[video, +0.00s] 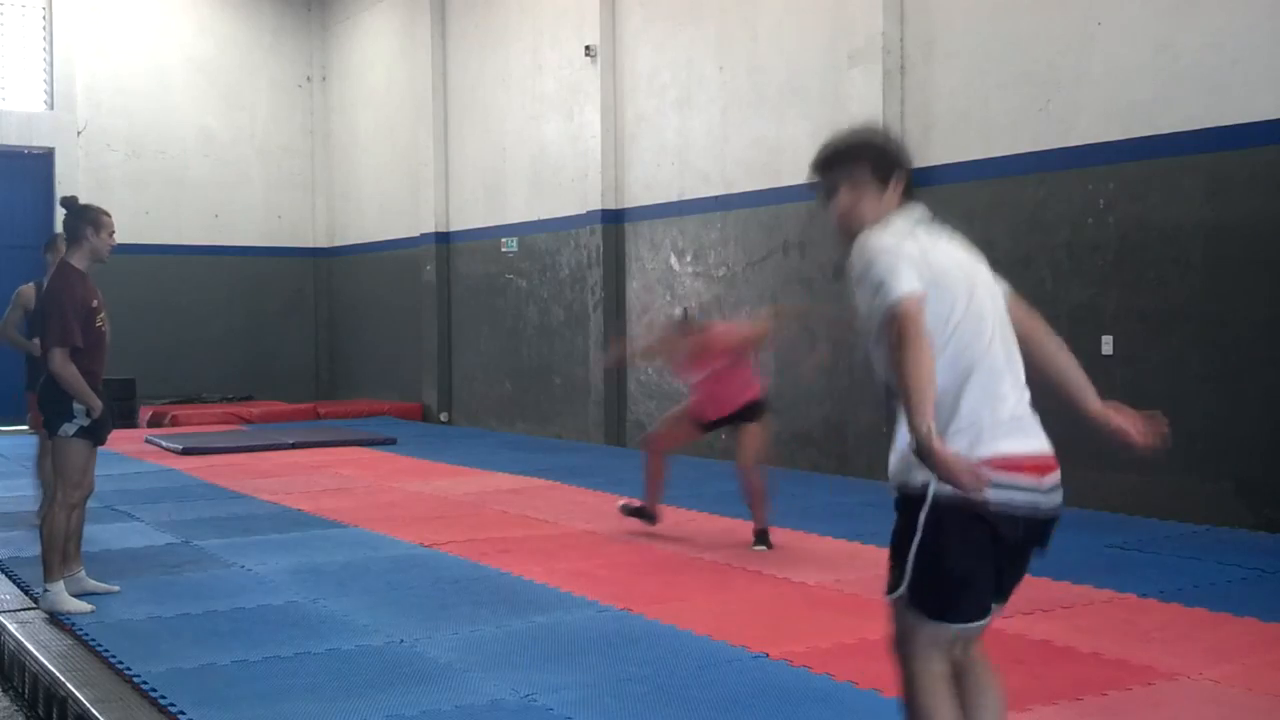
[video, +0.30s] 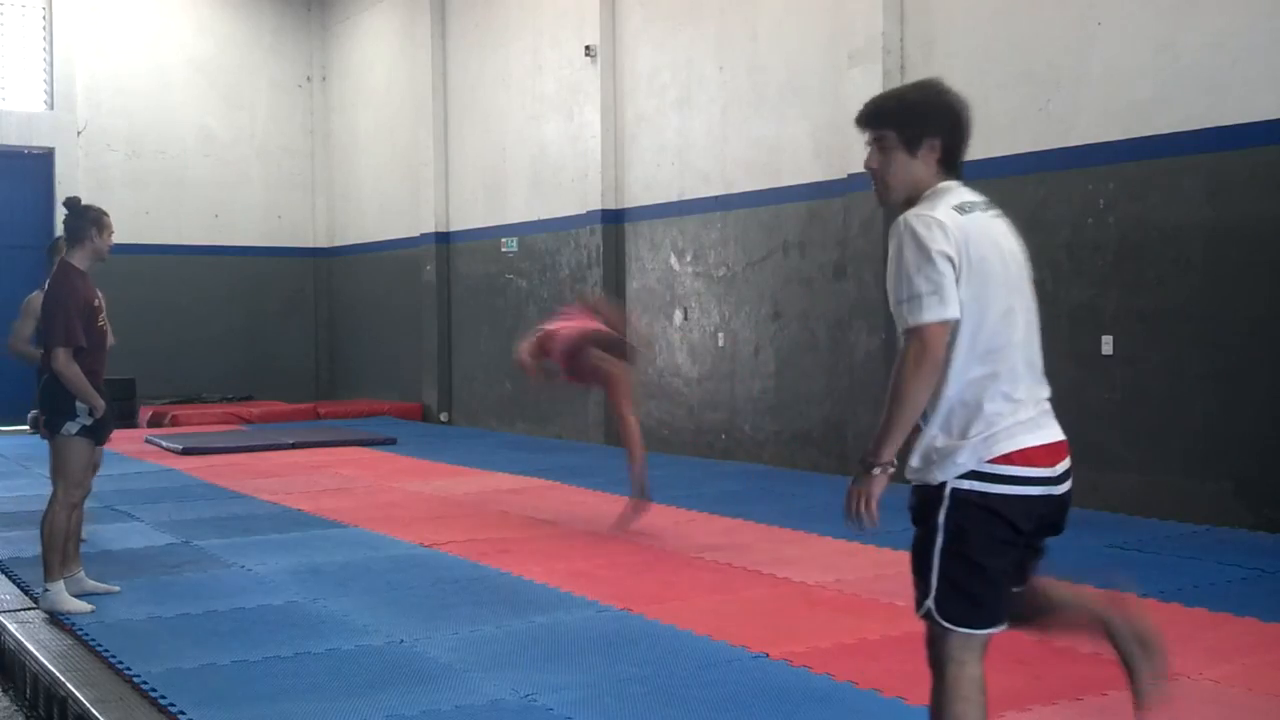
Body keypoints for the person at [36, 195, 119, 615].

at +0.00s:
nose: (114, 240)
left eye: (113, 232)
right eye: (109, 233)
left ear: (86, 235)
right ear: (86, 235)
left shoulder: (80, 278)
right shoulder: (64, 284)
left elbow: (78, 347)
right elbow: (57, 361)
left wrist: (96, 395)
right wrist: (94, 404)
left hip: (85, 397)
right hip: (68, 401)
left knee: (82, 490)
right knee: (66, 494)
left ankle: (73, 574)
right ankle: (53, 589)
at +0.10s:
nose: (114, 240)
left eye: (113, 232)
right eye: (109, 233)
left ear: (85, 235)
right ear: (88, 235)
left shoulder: (80, 279)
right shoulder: (65, 284)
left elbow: (83, 341)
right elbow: (58, 360)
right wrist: (95, 402)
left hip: (84, 398)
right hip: (69, 401)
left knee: (80, 490)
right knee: (66, 493)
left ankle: (73, 574)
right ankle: (53, 589)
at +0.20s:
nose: (113, 240)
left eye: (112, 233)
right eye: (109, 233)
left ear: (85, 236)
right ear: (89, 236)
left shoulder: (79, 278)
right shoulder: (66, 284)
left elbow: (81, 344)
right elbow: (59, 360)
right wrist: (96, 403)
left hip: (84, 398)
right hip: (70, 401)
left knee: (80, 489)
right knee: (67, 493)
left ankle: (73, 574)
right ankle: (53, 589)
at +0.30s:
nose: (113, 240)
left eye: (111, 233)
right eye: (108, 234)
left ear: (85, 236)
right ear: (90, 236)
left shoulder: (79, 280)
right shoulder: (66, 285)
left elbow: (80, 347)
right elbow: (59, 358)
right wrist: (96, 403)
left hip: (87, 399)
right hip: (70, 401)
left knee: (79, 491)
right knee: (66, 494)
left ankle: (72, 574)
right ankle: (53, 589)